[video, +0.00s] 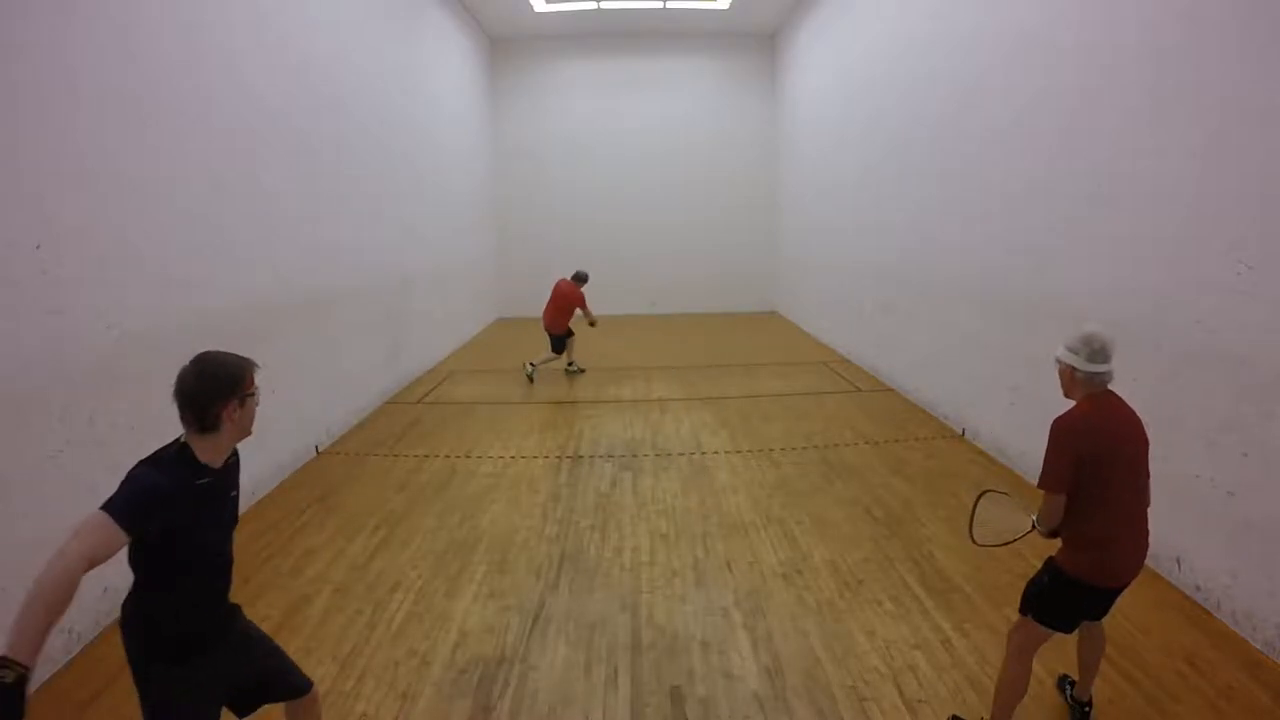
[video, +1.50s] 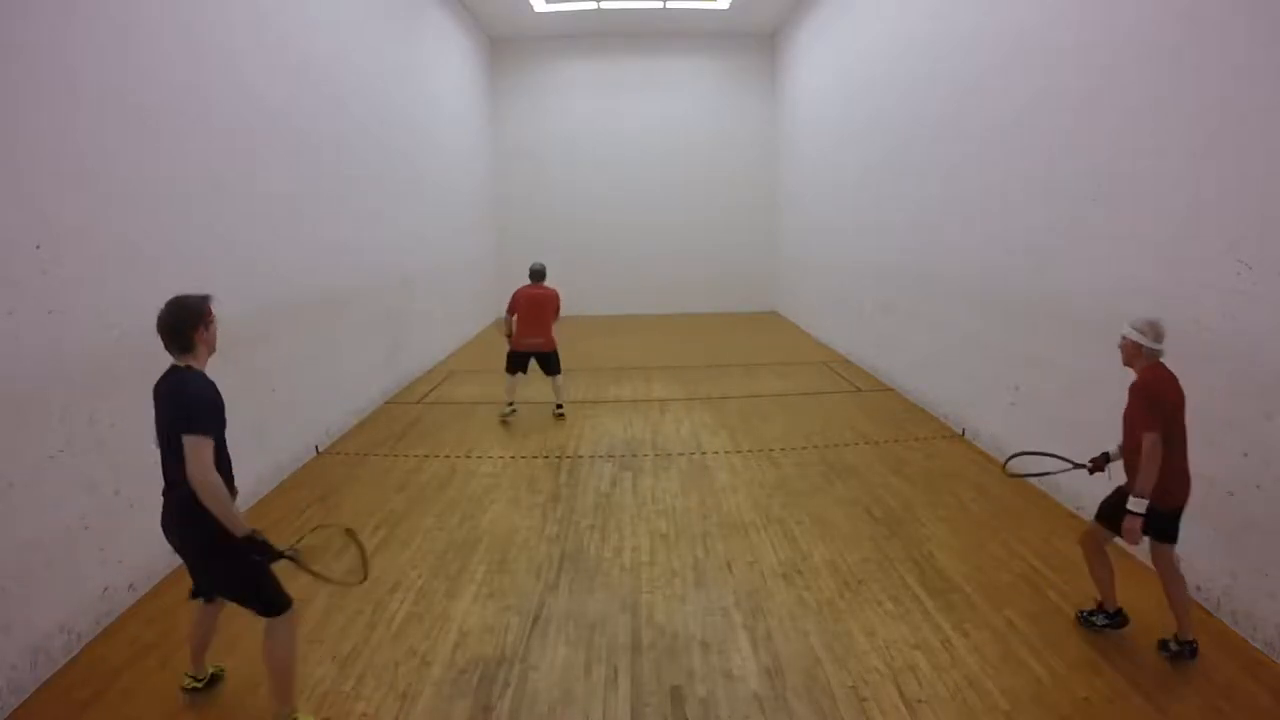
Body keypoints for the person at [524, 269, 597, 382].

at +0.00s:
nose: (583, 286)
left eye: (584, 284)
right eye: (583, 284)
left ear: (573, 277)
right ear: (582, 283)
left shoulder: (561, 282)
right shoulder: (578, 295)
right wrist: (592, 320)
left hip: (547, 320)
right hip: (557, 326)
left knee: (570, 337)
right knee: (557, 353)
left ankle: (570, 364)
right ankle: (531, 365)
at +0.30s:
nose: (584, 278)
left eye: (584, 276)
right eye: (584, 276)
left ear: (571, 272)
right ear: (583, 275)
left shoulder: (560, 281)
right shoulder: (583, 286)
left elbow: (552, 297)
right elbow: (582, 304)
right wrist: (575, 313)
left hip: (554, 320)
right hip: (570, 322)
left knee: (566, 346)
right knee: (569, 352)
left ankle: (572, 364)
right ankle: (550, 368)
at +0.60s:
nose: (577, 277)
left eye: (578, 275)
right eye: (578, 275)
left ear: (565, 271)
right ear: (576, 273)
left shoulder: (555, 284)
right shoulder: (574, 285)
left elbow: (547, 300)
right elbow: (584, 303)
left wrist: (544, 316)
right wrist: (594, 314)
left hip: (555, 326)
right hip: (570, 326)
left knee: (564, 348)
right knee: (581, 350)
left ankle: (569, 368)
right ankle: (573, 379)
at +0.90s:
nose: (565, 275)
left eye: (565, 272)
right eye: (564, 272)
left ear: (552, 271)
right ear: (562, 271)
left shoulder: (546, 285)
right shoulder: (561, 285)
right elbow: (575, 300)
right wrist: (588, 306)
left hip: (550, 331)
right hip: (566, 330)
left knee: (557, 353)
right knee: (575, 355)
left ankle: (545, 375)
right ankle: (571, 383)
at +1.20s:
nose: (552, 270)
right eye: (552, 267)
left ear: (538, 267)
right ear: (552, 268)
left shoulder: (531, 283)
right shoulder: (558, 283)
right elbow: (570, 306)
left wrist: (537, 307)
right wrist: (563, 304)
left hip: (534, 334)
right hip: (554, 333)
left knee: (538, 363)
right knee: (565, 356)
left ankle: (537, 393)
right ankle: (559, 388)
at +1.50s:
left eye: (532, 275)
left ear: (529, 276)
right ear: (545, 277)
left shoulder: (520, 293)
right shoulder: (552, 294)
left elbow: (508, 315)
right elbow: (555, 316)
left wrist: (509, 334)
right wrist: (542, 321)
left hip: (521, 343)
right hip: (545, 343)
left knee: (512, 373)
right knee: (556, 374)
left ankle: (510, 405)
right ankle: (559, 406)